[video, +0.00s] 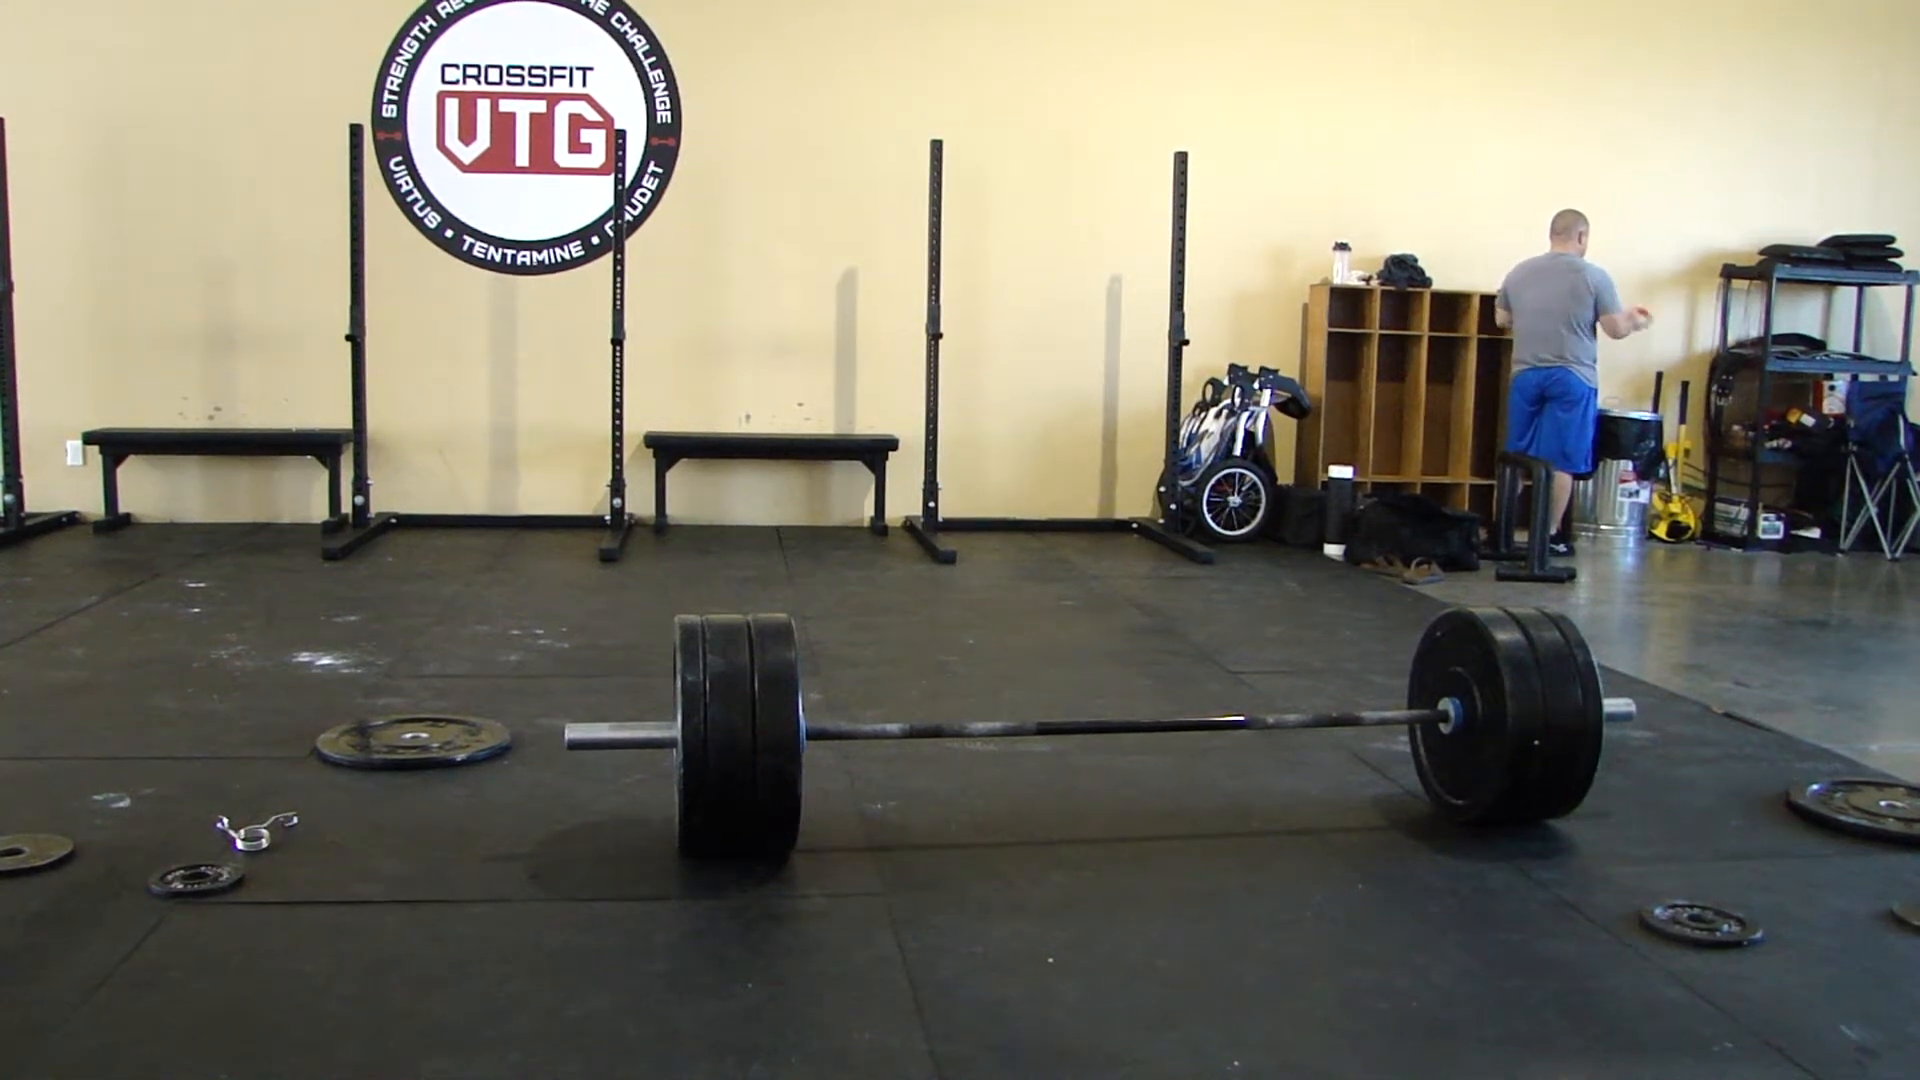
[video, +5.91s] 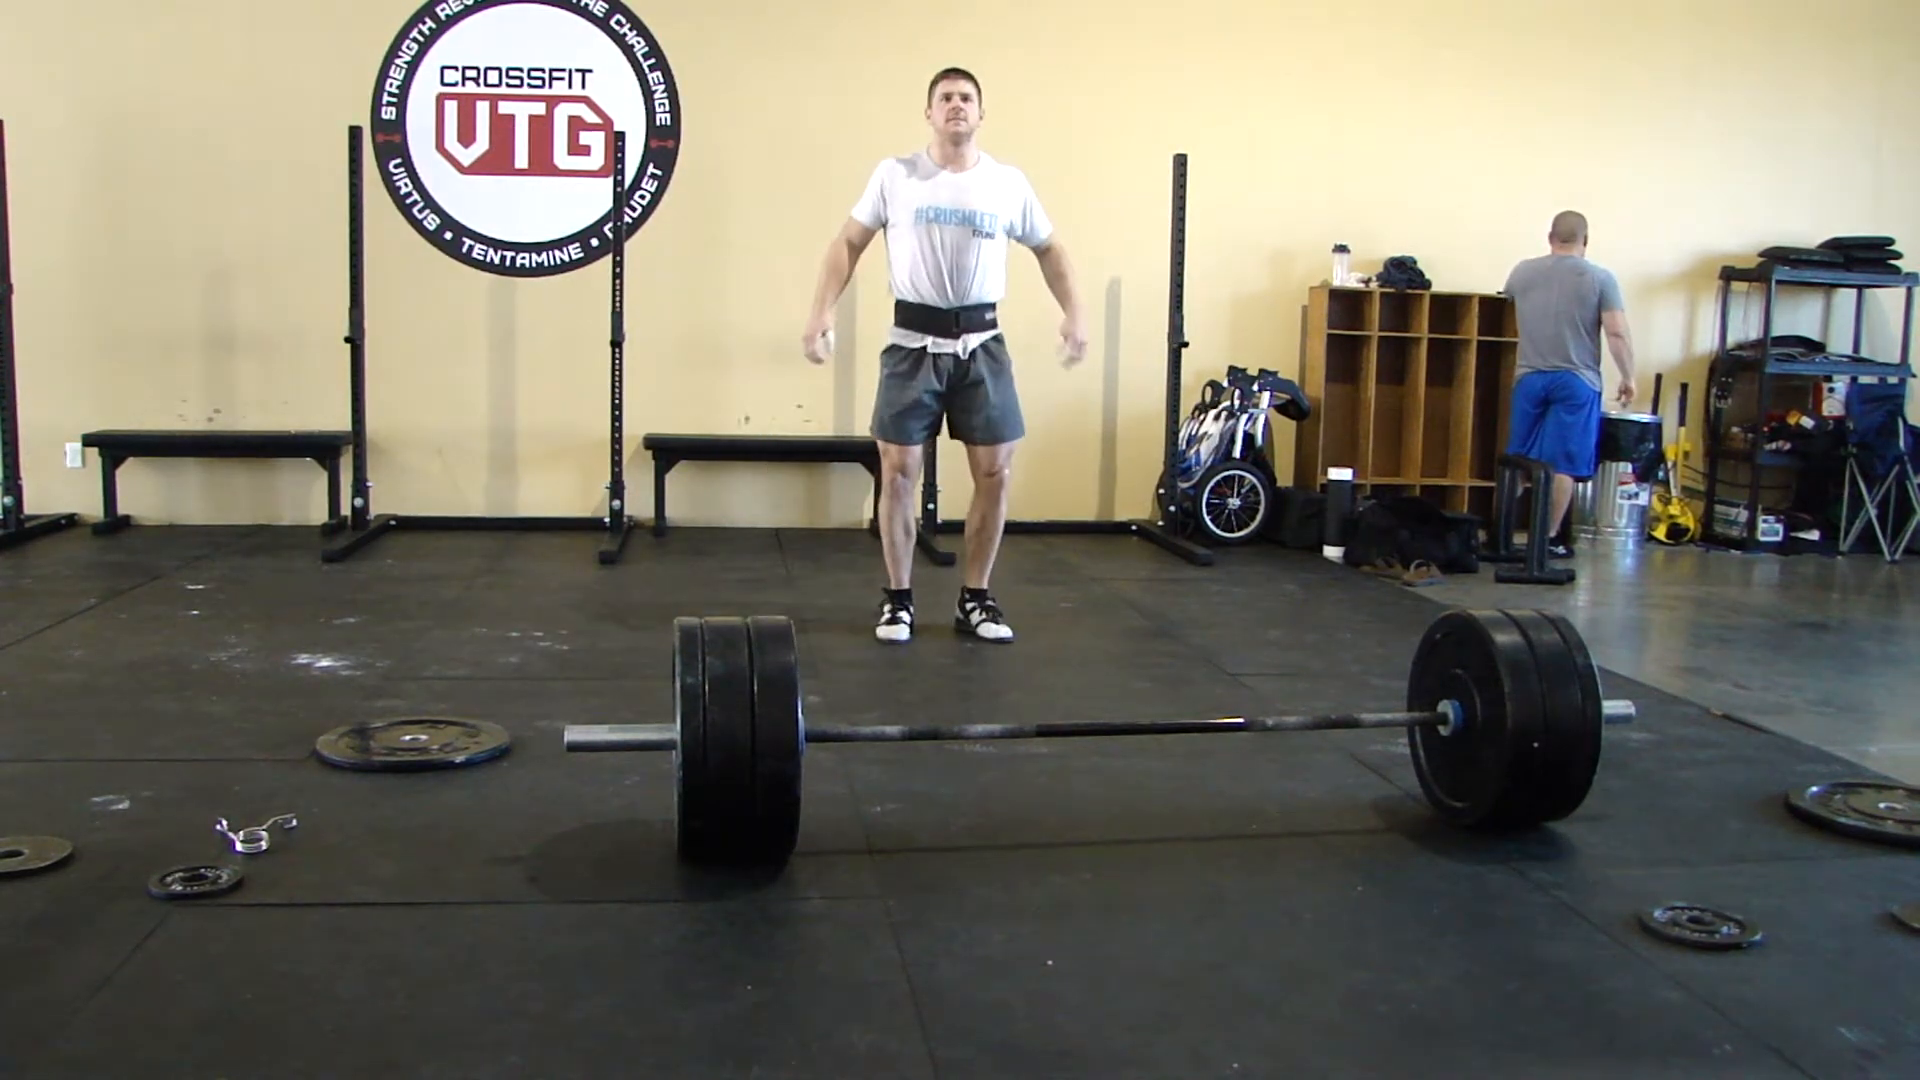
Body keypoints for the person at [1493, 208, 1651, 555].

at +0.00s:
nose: (1587, 245)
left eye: (1586, 239)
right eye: (1587, 239)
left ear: (1551, 236)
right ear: (1580, 237)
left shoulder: (1521, 271)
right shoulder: (1592, 274)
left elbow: (1502, 319)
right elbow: (1615, 329)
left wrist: (1536, 309)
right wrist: (1634, 320)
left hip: (1526, 375)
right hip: (1572, 377)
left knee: (1516, 457)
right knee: (1562, 463)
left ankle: (1503, 533)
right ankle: (1549, 536)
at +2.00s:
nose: (1582, 248)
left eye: (1581, 243)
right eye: (1584, 243)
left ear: (1548, 240)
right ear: (1581, 241)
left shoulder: (1518, 272)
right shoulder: (1593, 275)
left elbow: (1502, 321)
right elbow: (1616, 332)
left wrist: (1533, 322)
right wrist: (1603, 340)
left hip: (1523, 375)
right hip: (1570, 377)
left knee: (1512, 459)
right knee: (1560, 464)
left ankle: (1500, 535)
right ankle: (1548, 537)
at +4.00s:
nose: (1553, 245)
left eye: (1548, 240)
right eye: (1576, 240)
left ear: (1545, 240)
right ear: (1580, 241)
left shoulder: (1521, 275)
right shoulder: (1599, 276)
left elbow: (1509, 323)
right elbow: (1617, 326)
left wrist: (1543, 314)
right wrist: (1581, 312)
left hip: (1527, 377)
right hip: (1575, 379)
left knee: (1516, 459)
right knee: (1561, 466)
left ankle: (1502, 535)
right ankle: (1547, 540)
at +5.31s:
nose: (1582, 247)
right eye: (1584, 242)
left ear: (1549, 239)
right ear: (1583, 241)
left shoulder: (1521, 274)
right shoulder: (1597, 276)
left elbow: (1507, 316)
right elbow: (1621, 328)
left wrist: (1536, 316)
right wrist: (1615, 344)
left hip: (1528, 378)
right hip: (1576, 380)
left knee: (1516, 460)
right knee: (1562, 466)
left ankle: (1501, 535)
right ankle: (1547, 540)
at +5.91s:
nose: (1584, 246)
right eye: (1585, 241)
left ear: (1550, 239)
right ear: (1585, 241)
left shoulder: (1522, 272)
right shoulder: (1599, 277)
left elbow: (1508, 307)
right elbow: (1616, 331)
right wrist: (1628, 377)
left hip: (1529, 379)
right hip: (1577, 382)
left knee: (1520, 461)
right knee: (1565, 466)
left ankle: (1501, 533)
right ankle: (1548, 539)